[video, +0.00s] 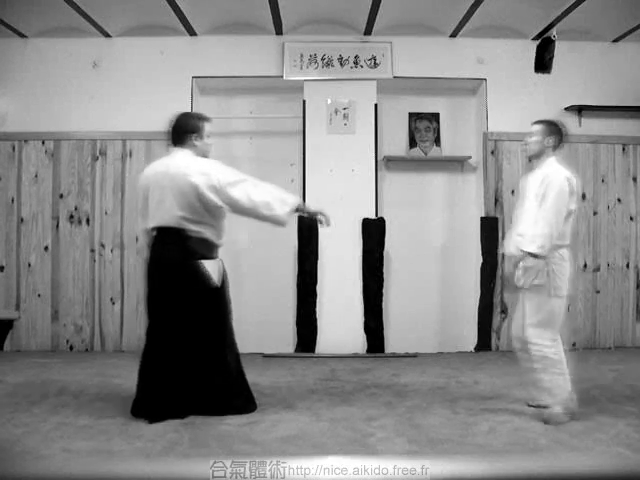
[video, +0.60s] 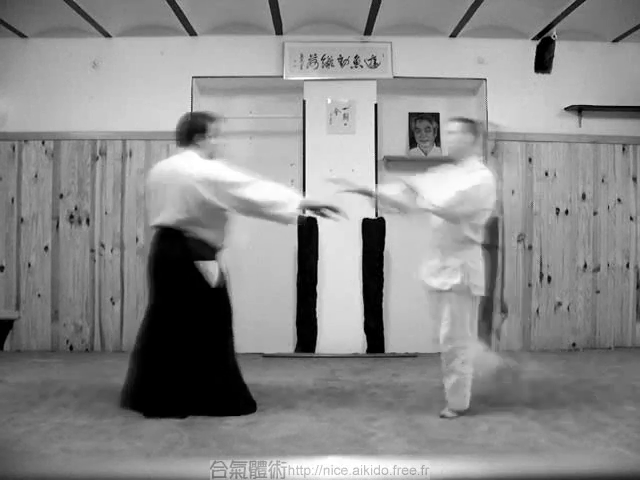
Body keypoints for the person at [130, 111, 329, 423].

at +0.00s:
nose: (209, 142)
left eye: (208, 136)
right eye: (206, 137)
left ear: (175, 139)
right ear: (194, 139)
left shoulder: (150, 172)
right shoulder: (205, 170)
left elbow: (145, 225)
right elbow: (250, 194)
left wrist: (154, 250)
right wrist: (299, 207)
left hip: (160, 258)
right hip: (196, 260)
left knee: (163, 331)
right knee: (211, 331)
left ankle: (156, 402)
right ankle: (220, 399)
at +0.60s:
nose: (220, 141)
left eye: (220, 135)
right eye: (216, 136)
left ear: (187, 139)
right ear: (200, 138)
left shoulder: (159, 169)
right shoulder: (205, 170)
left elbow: (158, 213)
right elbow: (250, 192)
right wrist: (302, 203)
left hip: (163, 251)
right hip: (194, 255)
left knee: (165, 324)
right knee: (210, 325)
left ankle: (152, 395)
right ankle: (218, 396)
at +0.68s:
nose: (207, 143)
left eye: (206, 137)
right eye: (203, 137)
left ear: (177, 140)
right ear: (190, 139)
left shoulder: (156, 171)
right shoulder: (193, 171)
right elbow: (240, 194)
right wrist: (293, 202)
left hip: (158, 252)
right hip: (187, 256)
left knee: (162, 325)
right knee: (210, 322)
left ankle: (150, 394)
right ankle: (217, 395)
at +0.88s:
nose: (179, 148)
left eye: (179, 142)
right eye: (173, 142)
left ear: (150, 145)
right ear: (155, 144)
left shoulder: (141, 172)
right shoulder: (157, 174)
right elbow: (199, 197)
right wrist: (246, 199)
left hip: (146, 256)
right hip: (165, 259)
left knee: (150, 330)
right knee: (191, 329)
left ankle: (138, 395)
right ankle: (210, 394)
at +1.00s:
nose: (165, 145)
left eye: (165, 140)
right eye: (159, 140)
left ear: (141, 143)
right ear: (141, 143)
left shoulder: (140, 169)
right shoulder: (142, 174)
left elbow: (178, 182)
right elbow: (186, 190)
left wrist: (203, 178)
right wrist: (214, 184)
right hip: (154, 260)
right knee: (174, 329)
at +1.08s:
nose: (160, 144)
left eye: (160, 139)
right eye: (155, 139)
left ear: (140, 141)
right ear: (138, 141)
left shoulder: (143, 168)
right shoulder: (133, 171)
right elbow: (164, 181)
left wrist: (184, 161)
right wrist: (176, 160)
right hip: (148, 259)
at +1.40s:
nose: (166, 141)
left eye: (164, 135)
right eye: (159, 137)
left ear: (139, 143)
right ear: (142, 142)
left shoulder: (135, 167)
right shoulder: (147, 166)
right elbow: (189, 155)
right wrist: (207, 128)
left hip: (134, 250)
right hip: (158, 253)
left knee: (132, 325)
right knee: (155, 327)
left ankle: (127, 397)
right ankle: (145, 398)